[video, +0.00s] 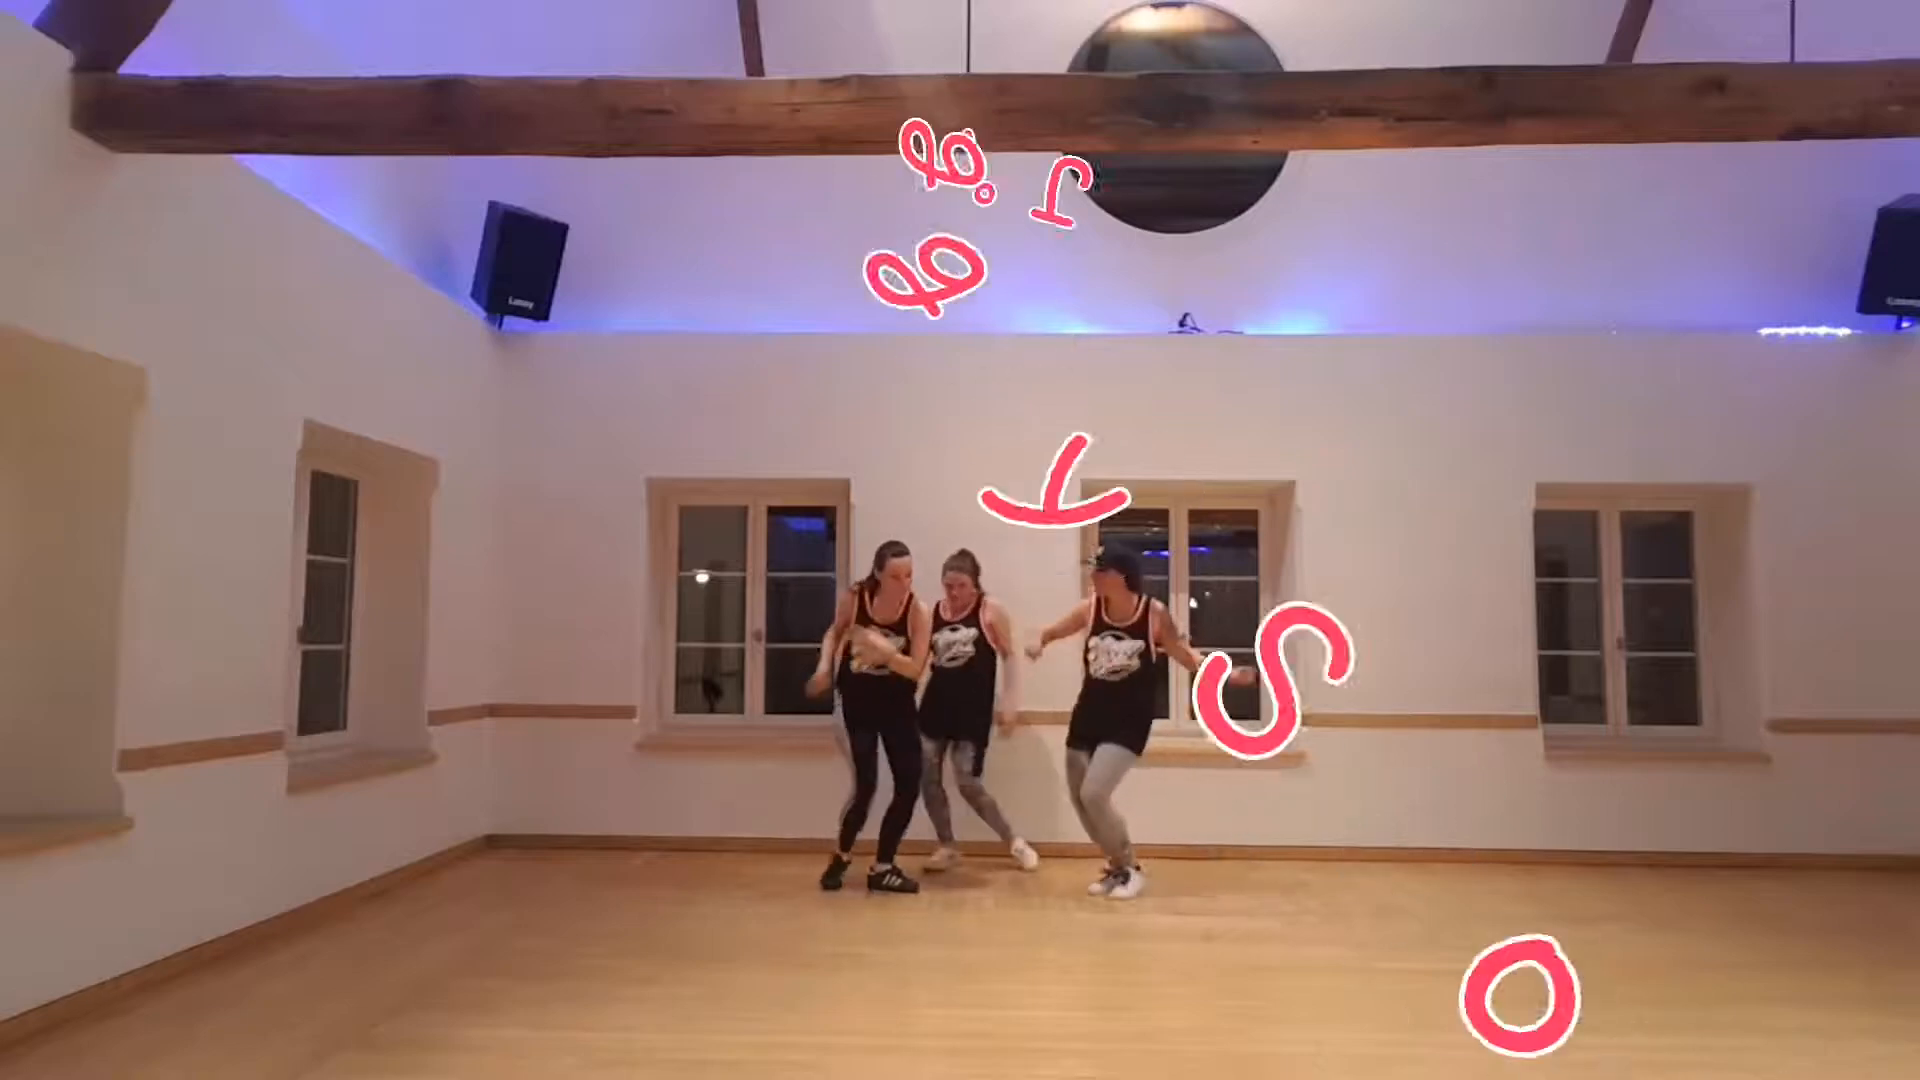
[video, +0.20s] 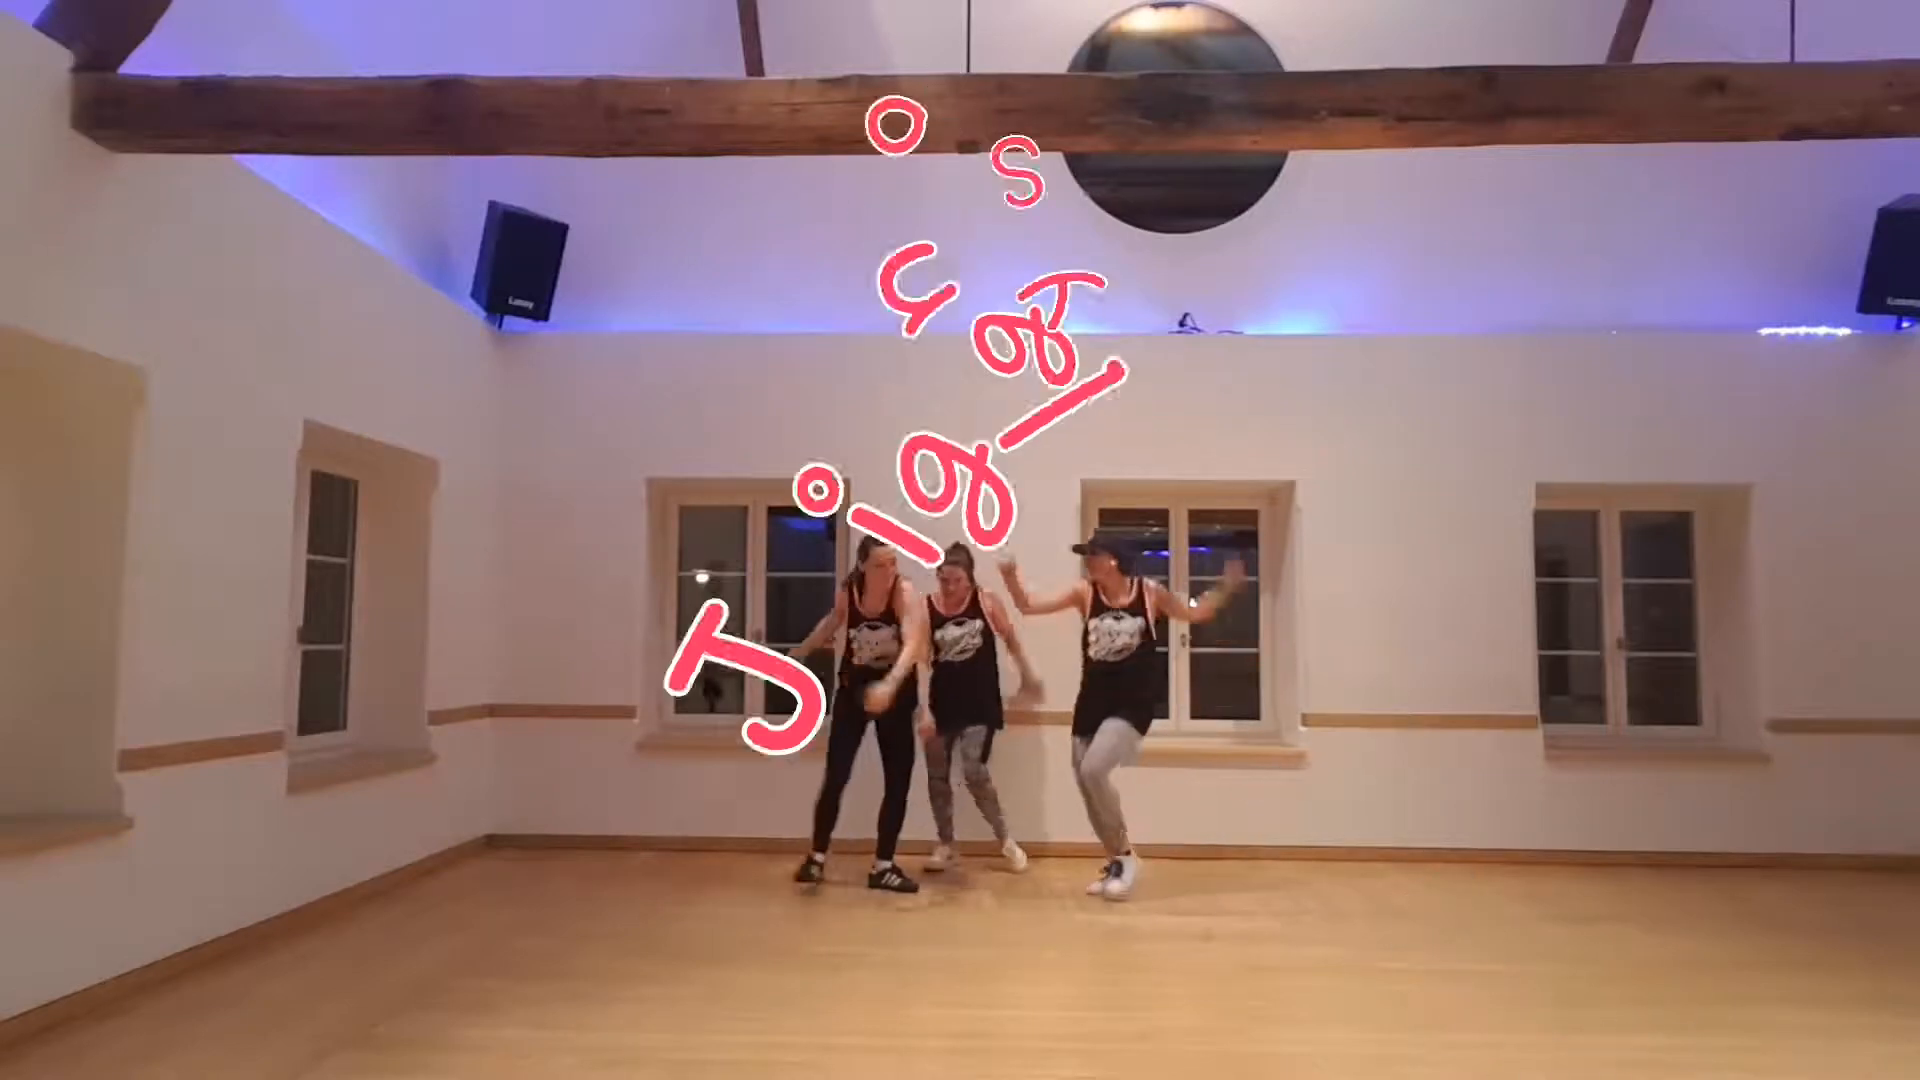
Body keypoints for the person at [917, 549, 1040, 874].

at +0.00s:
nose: (953, 592)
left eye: (960, 586)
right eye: (948, 585)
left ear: (976, 585)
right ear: (942, 583)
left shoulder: (991, 613)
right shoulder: (932, 613)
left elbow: (1010, 657)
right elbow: (918, 658)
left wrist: (1010, 704)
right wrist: (903, 695)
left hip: (973, 706)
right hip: (936, 702)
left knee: (968, 784)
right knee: (928, 778)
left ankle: (1013, 842)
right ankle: (947, 845)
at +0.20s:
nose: (950, 586)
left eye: (957, 580)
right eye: (945, 580)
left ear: (970, 578)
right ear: (938, 578)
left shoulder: (986, 601)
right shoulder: (927, 608)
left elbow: (1010, 638)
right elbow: (922, 661)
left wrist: (1027, 676)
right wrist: (923, 711)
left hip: (980, 699)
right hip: (941, 701)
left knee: (973, 770)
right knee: (937, 776)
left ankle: (1004, 840)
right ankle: (945, 844)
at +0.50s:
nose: (963, 592)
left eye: (969, 585)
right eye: (958, 586)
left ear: (980, 578)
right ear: (948, 581)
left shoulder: (991, 597)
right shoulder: (938, 614)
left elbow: (1028, 620)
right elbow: (938, 669)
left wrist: (1063, 642)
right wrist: (941, 719)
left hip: (1004, 697)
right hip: (963, 701)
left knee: (1009, 771)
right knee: (943, 768)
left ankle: (1008, 846)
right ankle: (947, 844)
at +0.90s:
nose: (994, 571)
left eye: (1001, 564)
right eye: (989, 564)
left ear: (1014, 566)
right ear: (982, 565)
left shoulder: (1024, 593)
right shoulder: (968, 603)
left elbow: (1051, 610)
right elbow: (945, 644)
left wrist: (1081, 617)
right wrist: (930, 687)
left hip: (1020, 692)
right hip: (982, 694)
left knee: (1016, 772)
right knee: (987, 768)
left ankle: (1009, 845)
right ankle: (964, 839)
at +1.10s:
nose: (1004, 576)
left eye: (1011, 570)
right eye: (999, 570)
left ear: (1025, 573)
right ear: (993, 570)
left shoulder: (1031, 604)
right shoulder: (974, 602)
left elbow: (1054, 638)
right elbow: (945, 634)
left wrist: (1079, 664)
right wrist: (947, 677)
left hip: (1020, 691)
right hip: (984, 693)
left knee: (1022, 771)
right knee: (990, 766)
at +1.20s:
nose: (1006, 578)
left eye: (1013, 572)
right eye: (1002, 571)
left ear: (1028, 575)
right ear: (995, 571)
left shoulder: (1036, 607)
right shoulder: (977, 601)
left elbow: (1044, 638)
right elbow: (952, 629)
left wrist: (1047, 670)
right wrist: (957, 674)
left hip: (1020, 691)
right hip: (984, 691)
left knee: (1023, 771)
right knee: (995, 770)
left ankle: (1018, 839)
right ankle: (976, 839)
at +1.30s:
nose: (1004, 575)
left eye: (1012, 570)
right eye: (1002, 568)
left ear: (1030, 574)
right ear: (998, 569)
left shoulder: (1038, 614)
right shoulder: (980, 600)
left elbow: (1025, 666)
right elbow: (963, 630)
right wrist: (971, 662)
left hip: (1017, 690)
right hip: (979, 688)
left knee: (1022, 774)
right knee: (979, 770)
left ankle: (1016, 840)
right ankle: (967, 835)